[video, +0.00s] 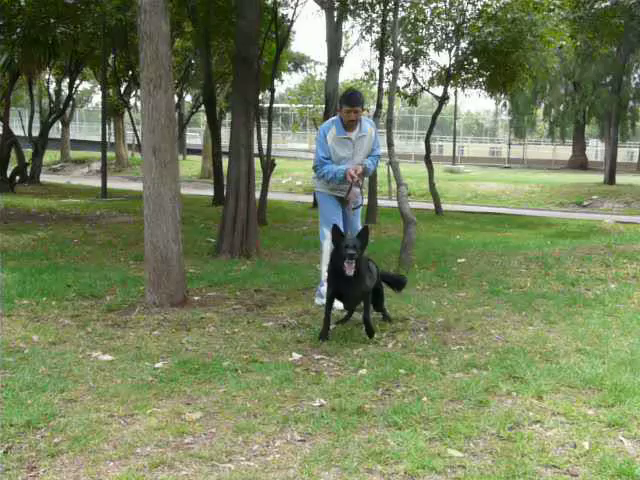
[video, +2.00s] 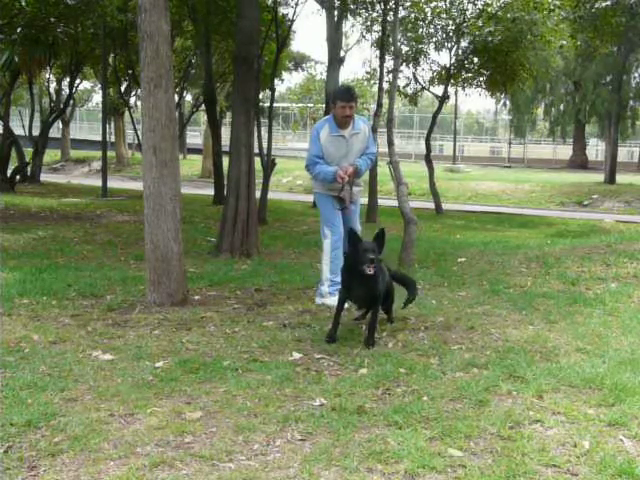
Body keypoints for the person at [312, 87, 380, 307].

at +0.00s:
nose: (352, 117)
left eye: (357, 112)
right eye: (348, 112)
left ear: (362, 110)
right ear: (340, 110)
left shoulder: (369, 128)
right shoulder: (326, 130)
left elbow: (375, 156)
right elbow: (320, 167)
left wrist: (364, 168)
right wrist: (345, 171)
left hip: (355, 192)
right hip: (328, 191)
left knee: (354, 238)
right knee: (332, 238)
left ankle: (351, 288)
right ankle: (325, 288)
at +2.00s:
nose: (347, 113)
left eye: (351, 108)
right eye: (342, 108)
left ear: (356, 107)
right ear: (332, 108)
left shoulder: (363, 127)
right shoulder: (320, 129)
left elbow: (371, 155)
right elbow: (312, 164)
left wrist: (356, 168)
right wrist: (334, 173)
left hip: (352, 190)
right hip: (326, 190)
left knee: (354, 235)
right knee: (336, 234)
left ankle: (352, 288)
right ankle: (330, 289)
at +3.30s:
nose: (348, 106)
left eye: (351, 102)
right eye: (343, 101)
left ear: (357, 102)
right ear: (334, 101)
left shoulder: (365, 123)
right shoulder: (321, 125)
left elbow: (372, 153)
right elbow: (316, 159)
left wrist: (355, 166)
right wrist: (330, 173)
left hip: (353, 187)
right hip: (327, 187)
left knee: (355, 235)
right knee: (331, 234)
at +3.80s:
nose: (350, 101)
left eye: (353, 97)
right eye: (345, 97)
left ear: (358, 98)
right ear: (336, 97)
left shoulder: (366, 119)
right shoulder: (324, 121)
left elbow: (375, 147)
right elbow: (320, 155)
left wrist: (368, 160)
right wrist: (339, 164)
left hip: (357, 188)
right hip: (332, 187)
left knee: (355, 237)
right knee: (331, 236)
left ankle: (350, 280)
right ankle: (326, 286)